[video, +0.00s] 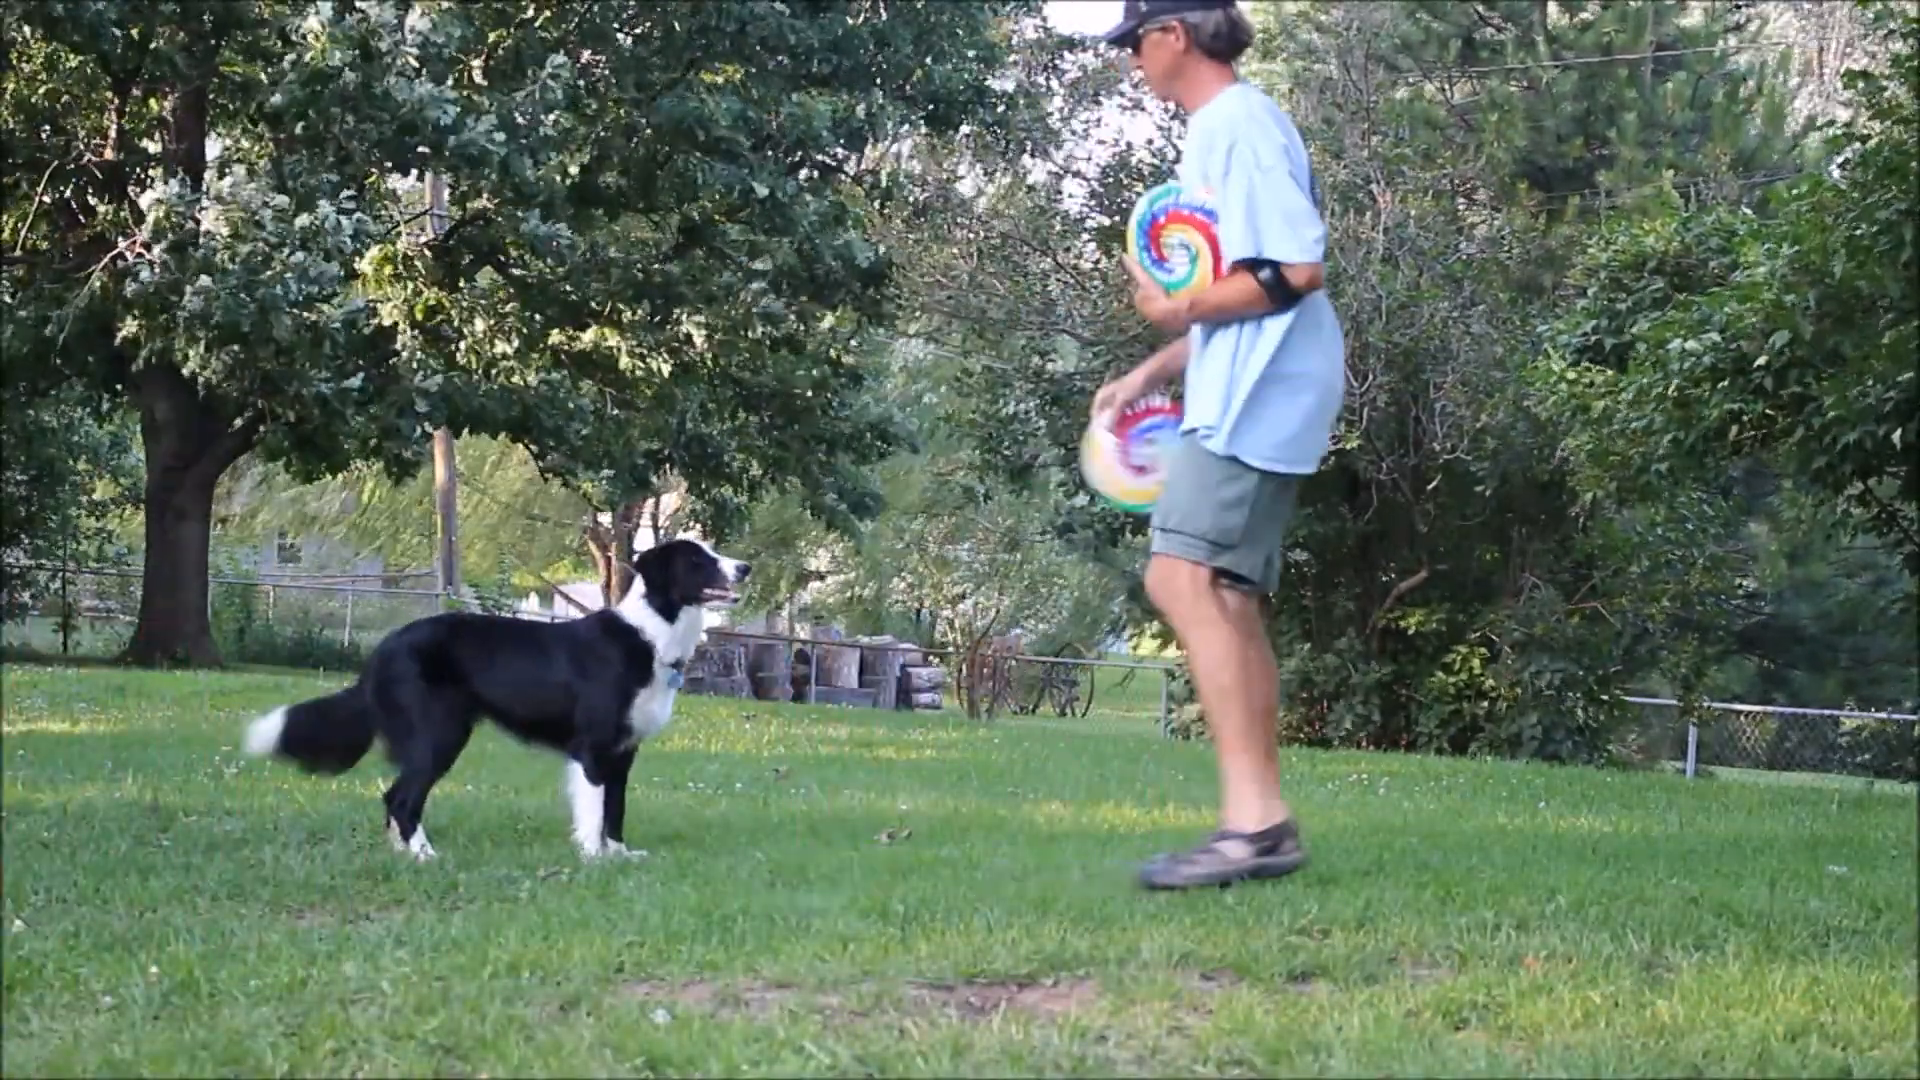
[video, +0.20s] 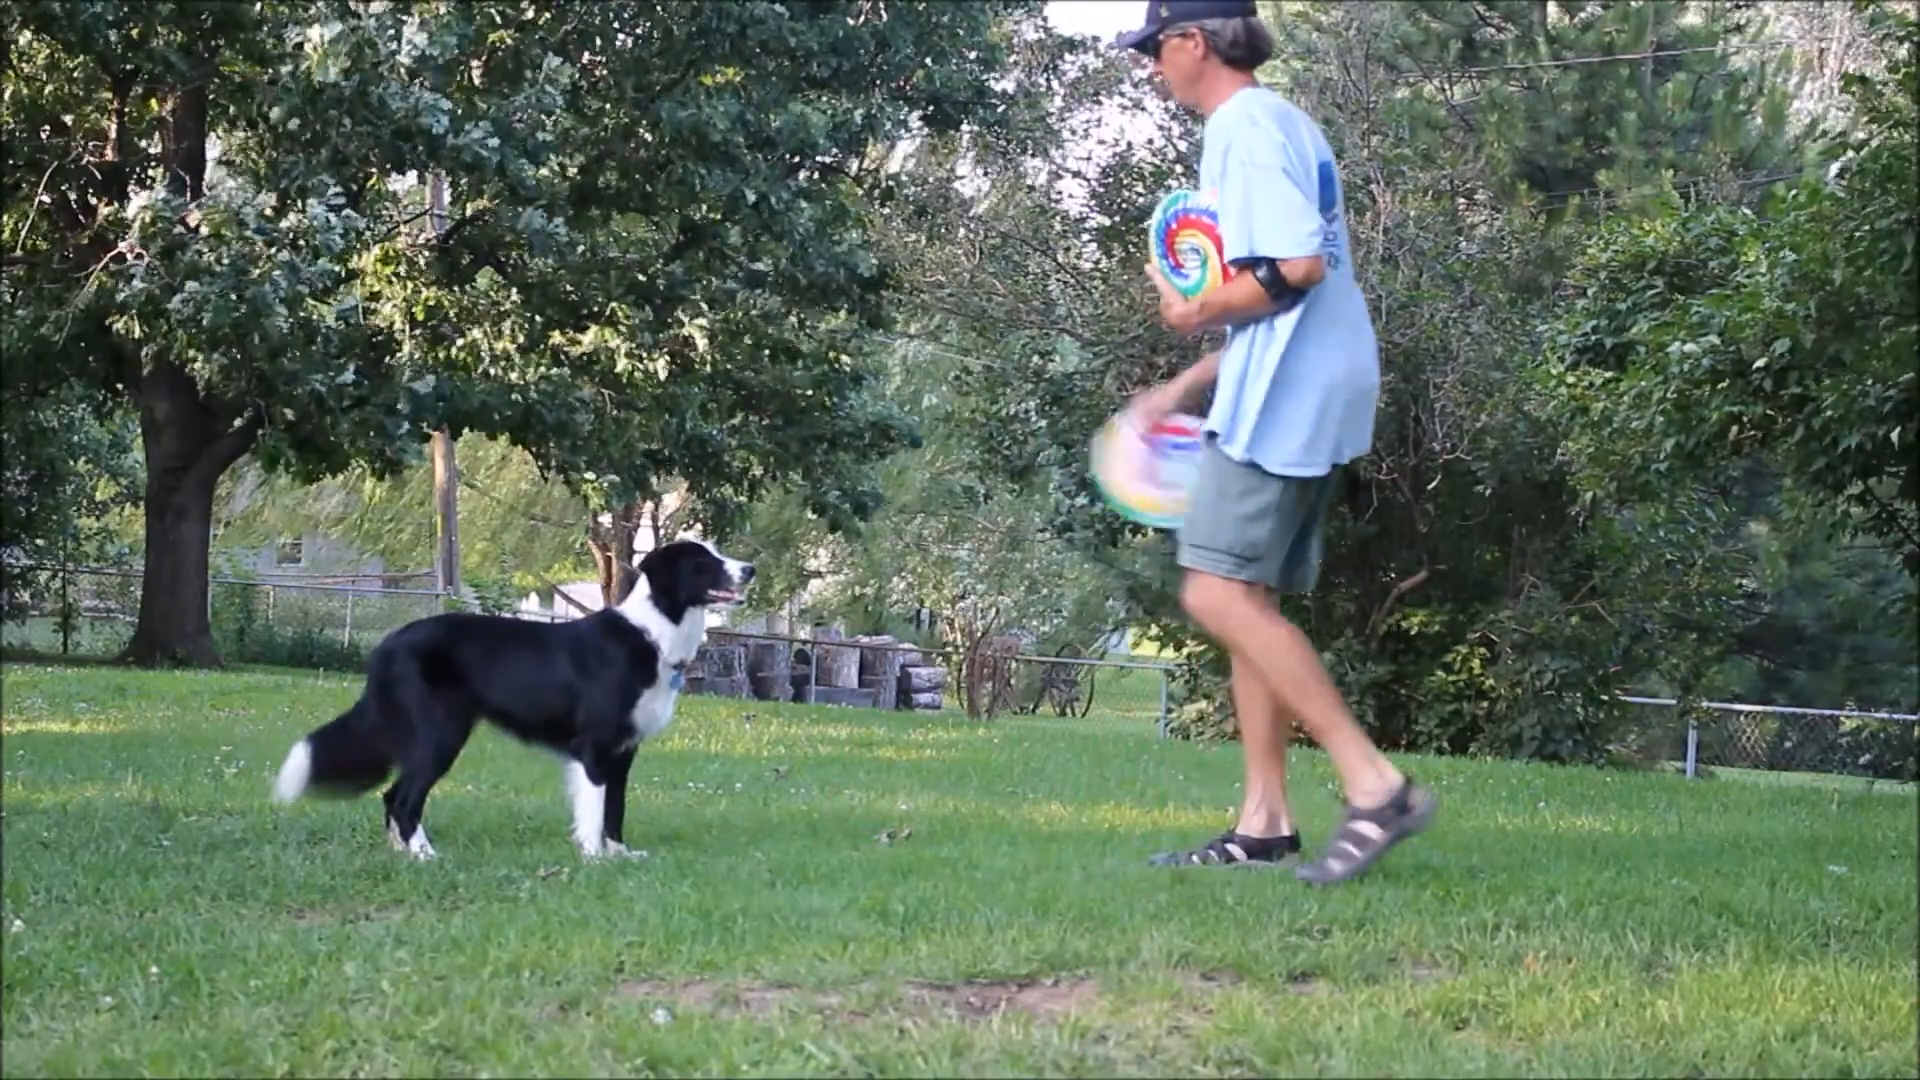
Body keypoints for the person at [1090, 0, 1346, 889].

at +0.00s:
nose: (1131, 60)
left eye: (1138, 42)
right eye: (1132, 45)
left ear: (1175, 40)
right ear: (1183, 42)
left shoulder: (1241, 124)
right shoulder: (1219, 130)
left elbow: (1295, 269)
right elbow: (1234, 295)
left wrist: (1177, 306)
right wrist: (1143, 379)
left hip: (1262, 392)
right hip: (1254, 394)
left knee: (1177, 578)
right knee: (1234, 602)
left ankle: (1252, 823)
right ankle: (1261, 820)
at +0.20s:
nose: (1154, 66)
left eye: (1160, 48)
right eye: (1153, 51)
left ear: (1200, 45)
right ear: (1217, 46)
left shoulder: (1246, 125)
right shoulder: (1279, 125)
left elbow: (1296, 264)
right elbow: (1281, 302)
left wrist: (1199, 310)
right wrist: (1185, 388)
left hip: (1291, 388)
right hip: (1302, 389)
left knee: (1211, 588)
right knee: (1247, 600)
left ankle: (1377, 791)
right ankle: (1263, 825)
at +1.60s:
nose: (1107, 158)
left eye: (1109, 137)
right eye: (1104, 141)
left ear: (1147, 126)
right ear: (1159, 126)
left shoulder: (1226, 184)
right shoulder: (1241, 180)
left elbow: (1327, 292)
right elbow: (1357, 308)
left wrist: (1245, 376)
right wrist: (1403, 450)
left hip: (1347, 408)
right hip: (1343, 407)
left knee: (1254, 607)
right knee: (1251, 609)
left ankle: (1335, 843)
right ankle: (1278, 827)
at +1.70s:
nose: (1110, 143)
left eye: (1112, 122)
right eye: (1107, 126)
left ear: (1151, 112)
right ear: (1165, 110)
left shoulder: (1226, 178)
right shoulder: (1256, 167)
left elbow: (1325, 291)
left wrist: (1241, 368)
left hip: (1346, 408)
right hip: (1351, 404)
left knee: (1260, 607)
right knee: (1253, 606)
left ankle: (1335, 844)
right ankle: (1278, 827)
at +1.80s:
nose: (1115, 133)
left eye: (1118, 112)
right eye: (1112, 116)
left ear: (1157, 102)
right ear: (1166, 101)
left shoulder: (1237, 174)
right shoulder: (1241, 167)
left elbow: (1331, 288)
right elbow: (1339, 289)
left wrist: (1240, 361)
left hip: (1353, 401)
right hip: (1341, 397)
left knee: (1263, 601)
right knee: (1249, 598)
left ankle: (1336, 844)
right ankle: (1279, 825)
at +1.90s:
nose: (1118, 131)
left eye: (1121, 111)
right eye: (1115, 114)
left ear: (1162, 100)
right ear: (1167, 99)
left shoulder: (1242, 171)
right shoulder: (1227, 175)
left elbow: (1340, 286)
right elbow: (1316, 288)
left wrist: (1246, 362)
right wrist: (1240, 341)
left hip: (1355, 405)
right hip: (1324, 403)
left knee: (1262, 603)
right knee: (1230, 590)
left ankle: (1337, 845)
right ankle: (1282, 819)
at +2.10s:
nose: (1129, 130)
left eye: (1135, 110)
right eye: (1127, 113)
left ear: (1179, 101)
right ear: (1184, 104)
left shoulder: (1264, 171)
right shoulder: (1235, 191)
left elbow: (1366, 293)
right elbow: (1284, 346)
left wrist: (1260, 365)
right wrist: (1190, 408)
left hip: (1353, 420)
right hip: (1320, 420)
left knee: (1239, 604)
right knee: (1231, 606)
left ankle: (1332, 838)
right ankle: (1286, 830)